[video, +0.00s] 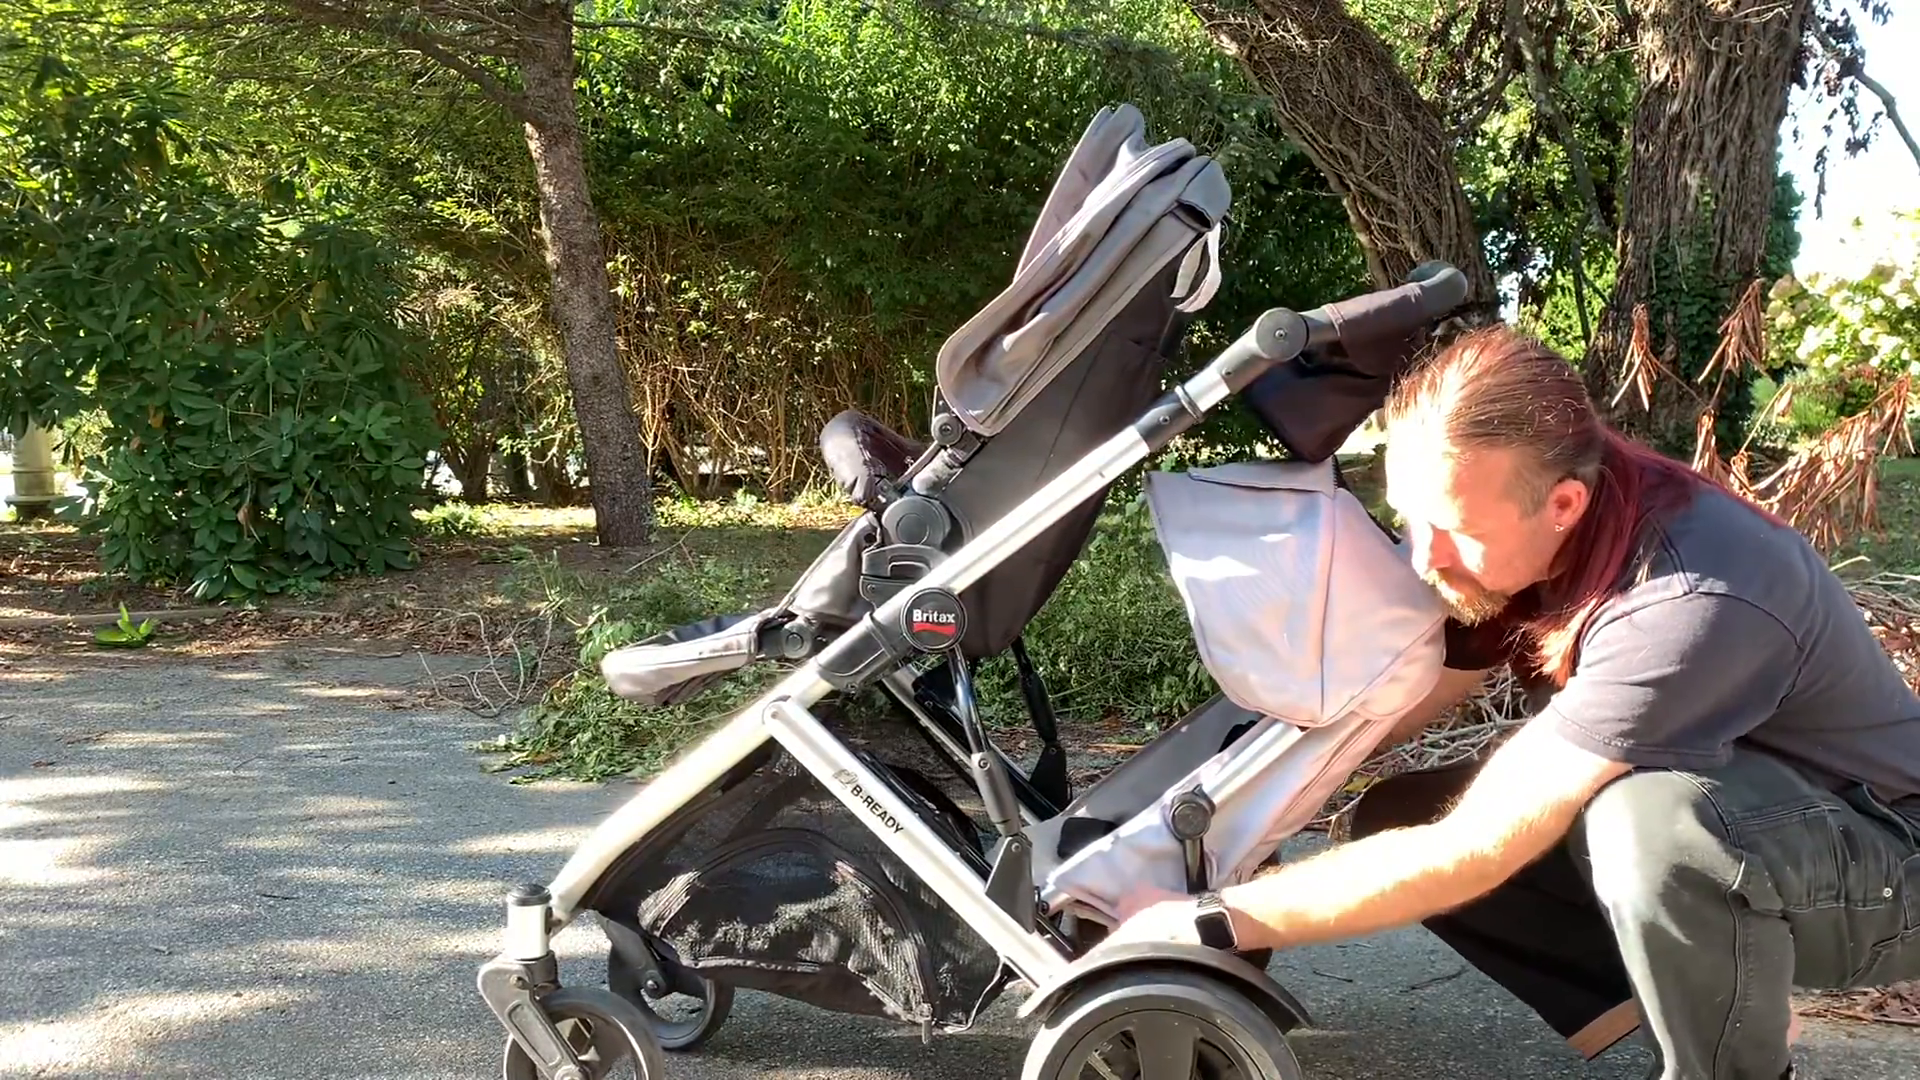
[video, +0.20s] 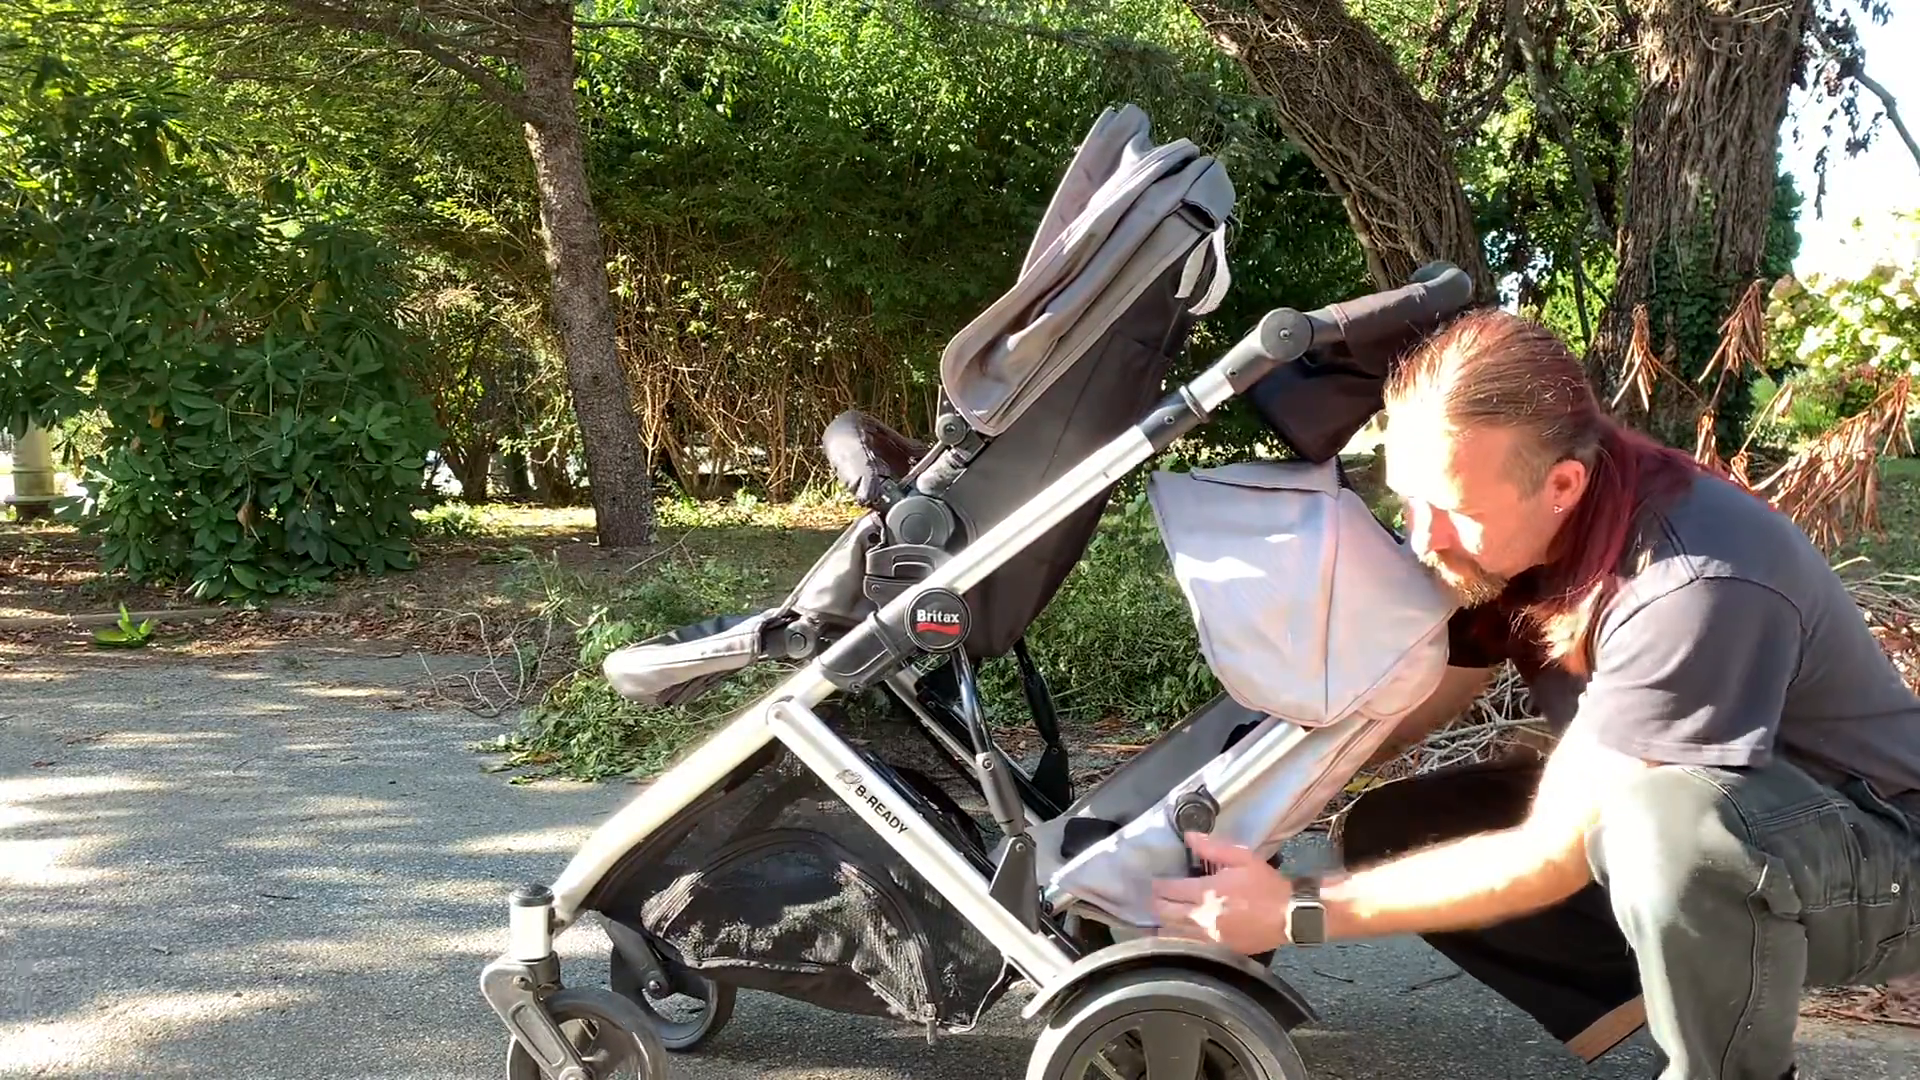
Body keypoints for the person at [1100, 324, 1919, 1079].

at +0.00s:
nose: (1427, 556)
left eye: (1457, 531)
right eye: (1413, 525)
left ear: (1565, 511)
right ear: (1401, 482)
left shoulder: (1694, 599)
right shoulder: (1536, 542)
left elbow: (1475, 855)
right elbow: (1368, 703)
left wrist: (1216, 923)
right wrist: (1185, 829)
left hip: (1880, 846)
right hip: (1710, 797)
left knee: (1648, 825)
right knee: (1405, 820)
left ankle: (1727, 1060)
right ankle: (1646, 1017)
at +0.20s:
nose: (1427, 538)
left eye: (1456, 515)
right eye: (1415, 504)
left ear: (1562, 491)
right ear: (1399, 459)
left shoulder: (1697, 584)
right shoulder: (1526, 534)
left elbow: (1550, 859)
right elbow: (1403, 707)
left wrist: (1297, 914)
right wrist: (1248, 821)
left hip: (1879, 843)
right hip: (1688, 786)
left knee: (1664, 825)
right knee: (1392, 834)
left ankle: (1727, 1071)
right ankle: (1664, 1026)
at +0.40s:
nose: (1431, 522)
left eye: (1462, 498)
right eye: (1422, 488)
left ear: (1571, 480)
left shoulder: (1701, 587)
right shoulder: (1542, 526)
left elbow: (1554, 870)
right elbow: (1409, 690)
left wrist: (1300, 923)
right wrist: (1247, 817)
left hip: (1879, 835)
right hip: (1666, 774)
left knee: (1683, 834)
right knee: (1385, 835)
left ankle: (1725, 1062)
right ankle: (1649, 1033)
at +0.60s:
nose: (1440, 520)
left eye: (1469, 494)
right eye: (1430, 485)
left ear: (1581, 480)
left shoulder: (1712, 592)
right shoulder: (1545, 522)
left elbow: (1549, 866)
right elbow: (1399, 685)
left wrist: (1290, 904)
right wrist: (1239, 794)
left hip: (1881, 855)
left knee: (1664, 821)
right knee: (1395, 830)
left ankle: (1721, 1062)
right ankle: (1655, 1043)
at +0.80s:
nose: (1462, 516)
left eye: (1496, 490)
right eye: (1454, 479)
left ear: (1609, 476)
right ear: (1438, 448)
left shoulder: (1735, 597)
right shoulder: (1553, 522)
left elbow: (1560, 858)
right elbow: (1377, 681)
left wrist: (1306, 871)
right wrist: (1225, 779)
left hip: (1881, 856)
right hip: (1696, 793)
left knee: (1669, 830)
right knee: (1399, 825)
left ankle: (1726, 1065)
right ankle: (1657, 1033)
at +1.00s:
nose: (1482, 496)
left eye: (1517, 475)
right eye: (1477, 460)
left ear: (1631, 470)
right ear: (1473, 427)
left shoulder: (1747, 607)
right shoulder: (1556, 508)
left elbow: (1572, 843)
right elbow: (1450, 677)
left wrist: (1321, 842)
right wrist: (1260, 704)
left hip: (1878, 862)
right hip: (1688, 799)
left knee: (1659, 827)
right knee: (1387, 831)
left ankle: (1717, 1066)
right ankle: (1654, 1029)